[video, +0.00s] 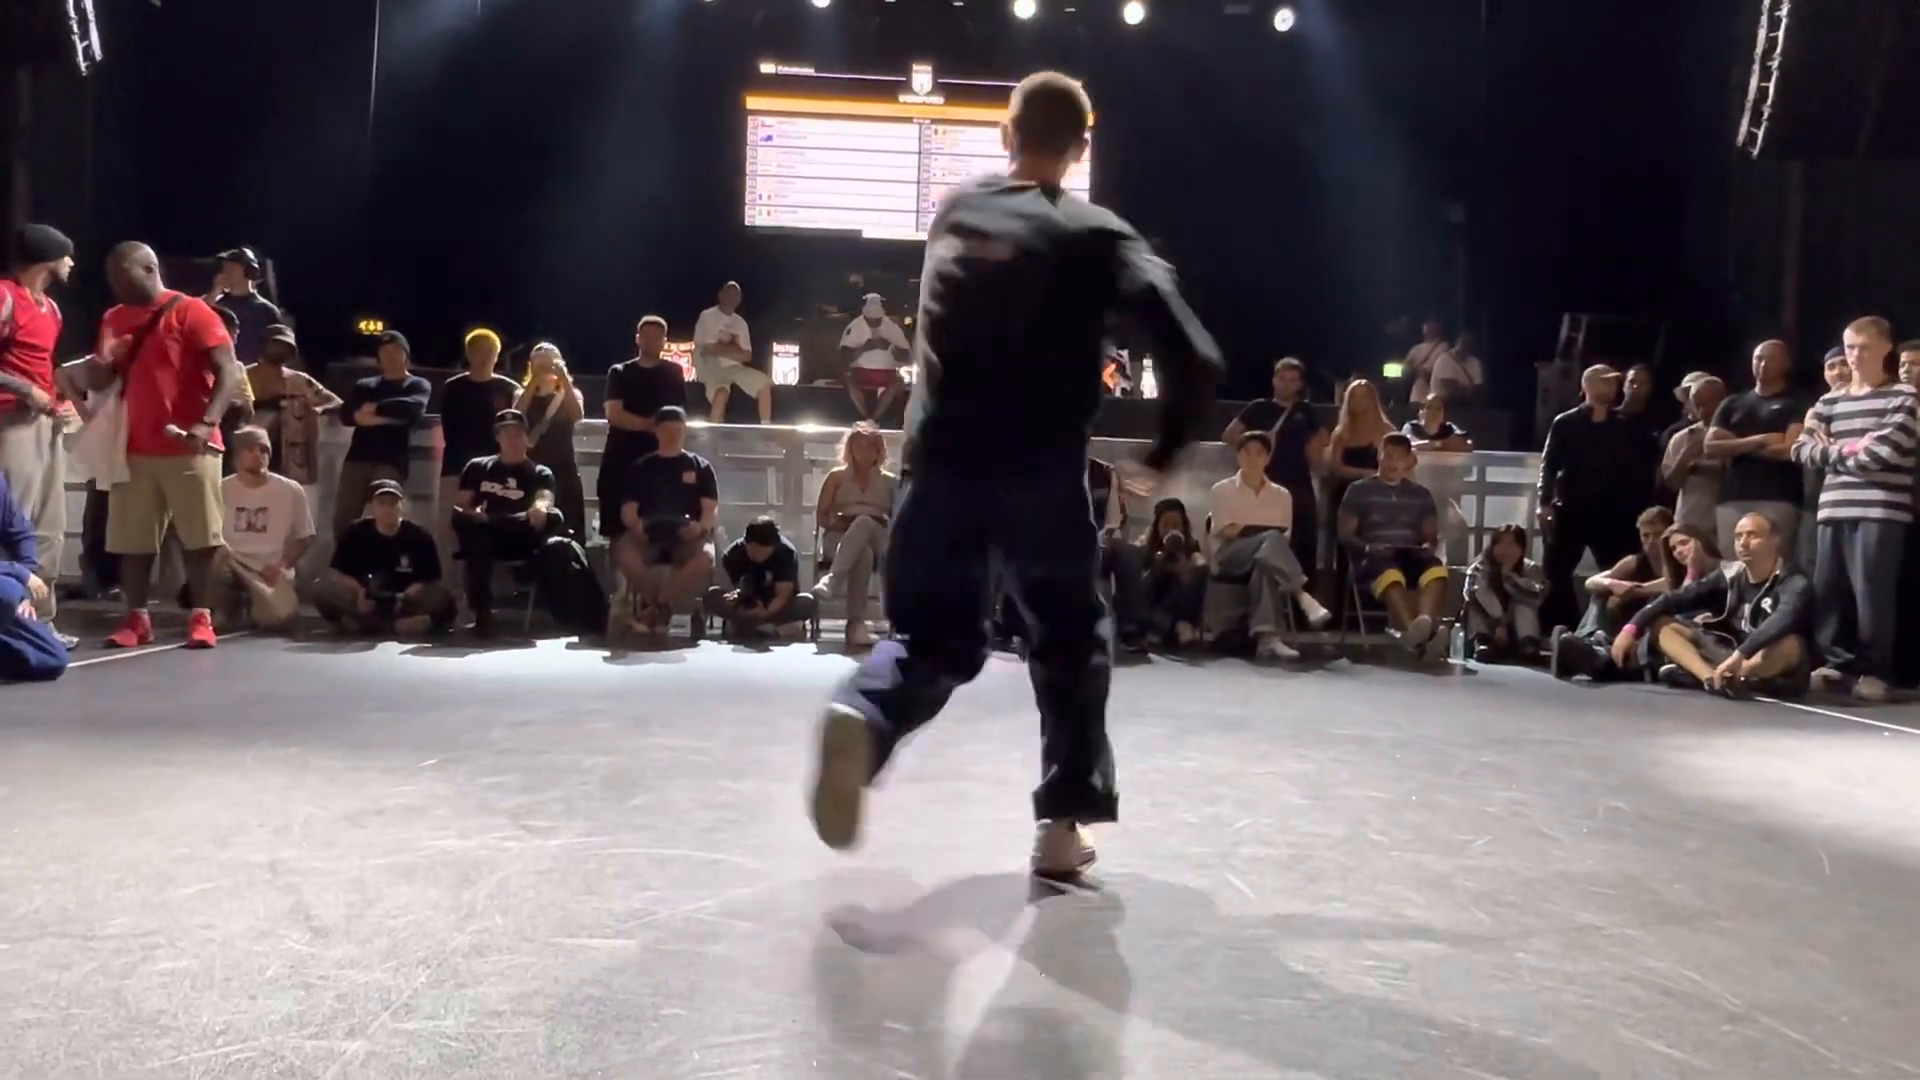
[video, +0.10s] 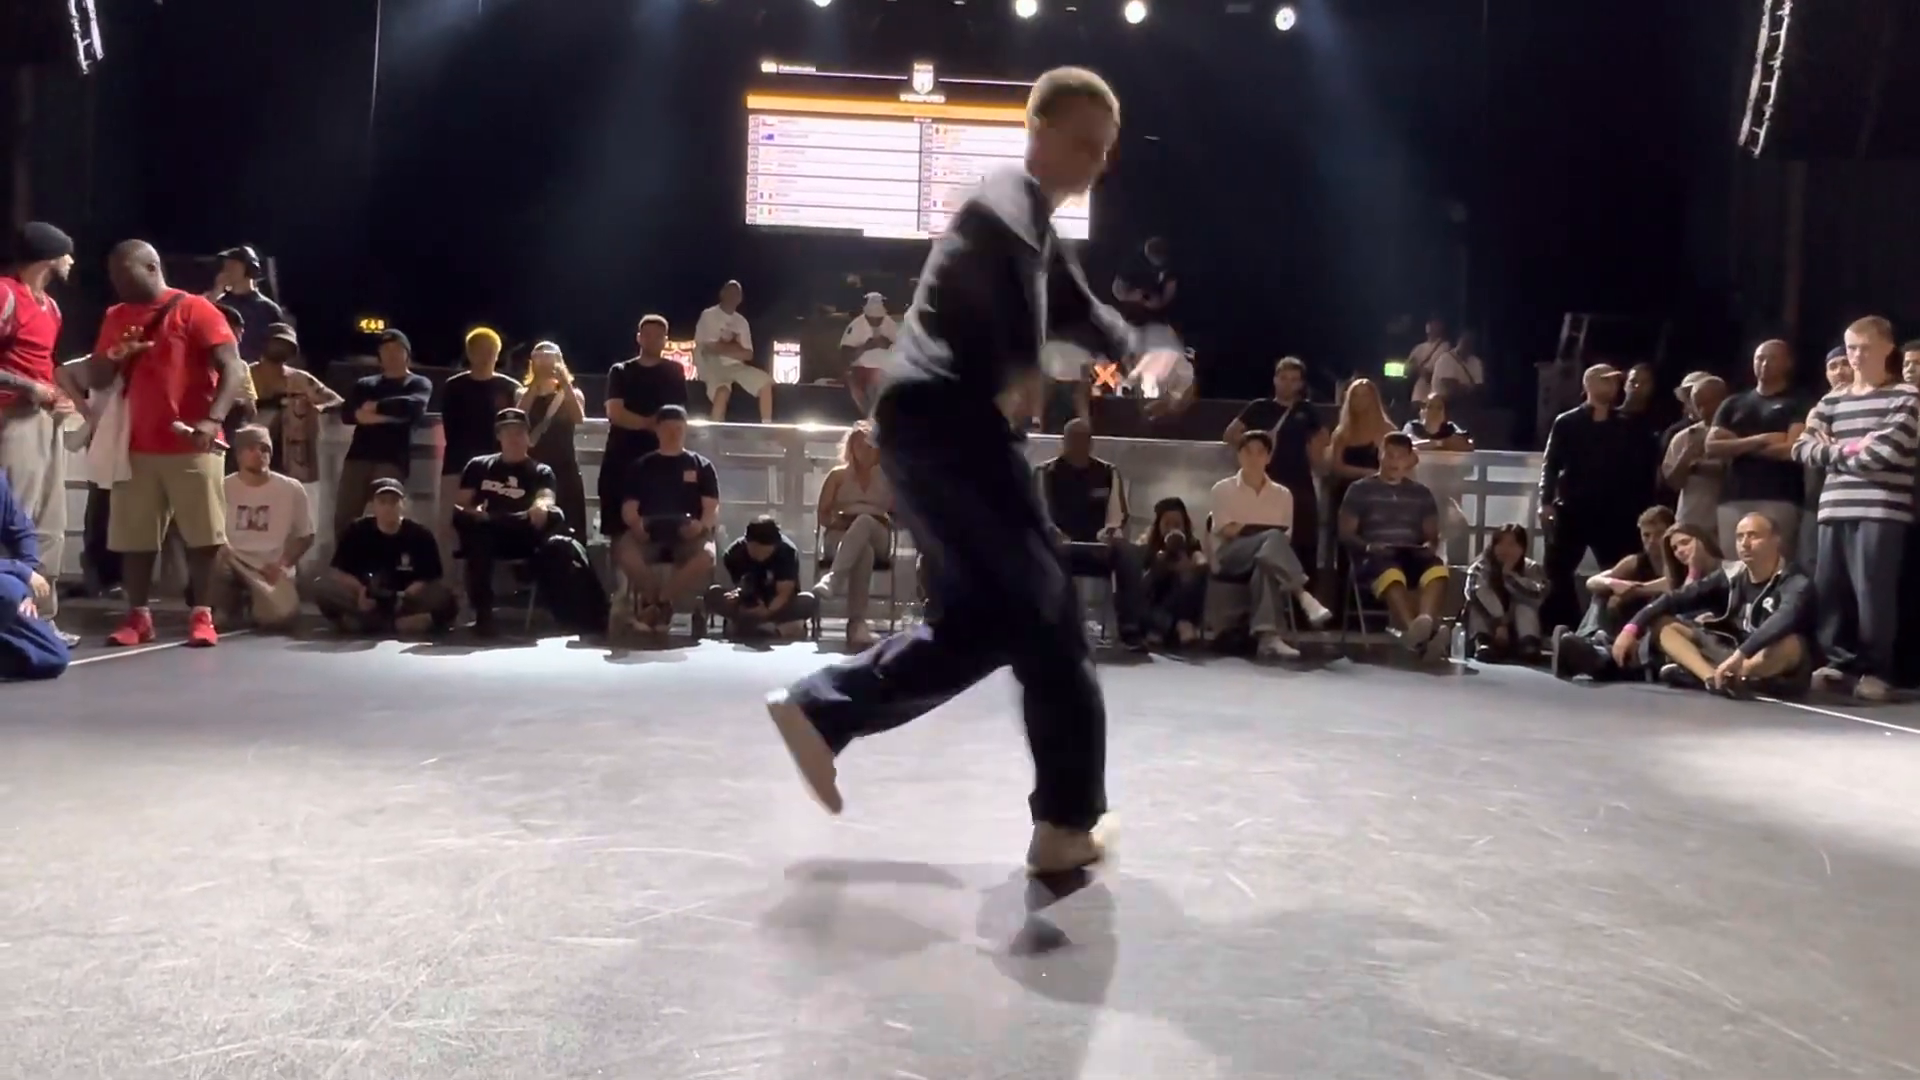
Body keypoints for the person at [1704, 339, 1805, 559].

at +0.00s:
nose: (1762, 364)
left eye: (1769, 359)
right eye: (1758, 359)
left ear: (1785, 364)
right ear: (1752, 363)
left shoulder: (1797, 404)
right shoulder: (1731, 404)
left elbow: (1789, 449)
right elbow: (1710, 446)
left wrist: (1737, 444)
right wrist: (1763, 440)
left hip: (1778, 498)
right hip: (1733, 497)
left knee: (1774, 576)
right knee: (1732, 577)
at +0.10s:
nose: (1764, 364)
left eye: (1771, 359)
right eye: (1760, 359)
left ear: (1787, 364)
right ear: (1753, 363)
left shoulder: (1799, 404)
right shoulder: (1732, 403)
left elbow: (1792, 449)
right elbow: (1711, 446)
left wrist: (1739, 444)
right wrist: (1764, 439)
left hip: (1779, 498)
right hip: (1734, 497)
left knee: (1775, 576)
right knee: (1733, 577)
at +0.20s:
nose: (1766, 363)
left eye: (1773, 358)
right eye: (1762, 358)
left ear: (1789, 363)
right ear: (1755, 362)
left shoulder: (1801, 403)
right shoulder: (1734, 403)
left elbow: (1795, 448)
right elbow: (1713, 445)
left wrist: (1742, 444)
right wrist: (1766, 438)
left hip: (1782, 498)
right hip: (1736, 497)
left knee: (1776, 577)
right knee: (1735, 577)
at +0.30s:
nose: (1768, 363)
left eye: (1775, 358)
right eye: (1764, 357)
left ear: (1791, 363)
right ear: (1757, 361)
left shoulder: (1803, 402)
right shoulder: (1736, 402)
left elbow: (1796, 448)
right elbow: (1714, 445)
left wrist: (1743, 444)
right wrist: (1768, 438)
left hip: (1783, 496)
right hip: (1738, 496)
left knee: (1778, 575)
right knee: (1737, 575)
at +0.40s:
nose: (1770, 363)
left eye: (1777, 358)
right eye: (1766, 357)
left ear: (1793, 363)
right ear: (1760, 361)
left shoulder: (1805, 402)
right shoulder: (1739, 401)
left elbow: (1799, 448)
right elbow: (1717, 445)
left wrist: (1746, 444)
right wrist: (1770, 438)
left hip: (1786, 498)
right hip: (1740, 498)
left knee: (1781, 577)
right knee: (1741, 576)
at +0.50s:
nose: (1771, 362)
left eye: (1779, 357)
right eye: (1768, 356)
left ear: (1795, 362)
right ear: (1761, 360)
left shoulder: (1806, 402)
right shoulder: (1740, 401)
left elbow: (1799, 447)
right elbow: (1718, 444)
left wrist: (1747, 442)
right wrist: (1772, 437)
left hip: (1787, 497)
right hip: (1741, 497)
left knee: (1782, 576)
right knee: (1741, 576)